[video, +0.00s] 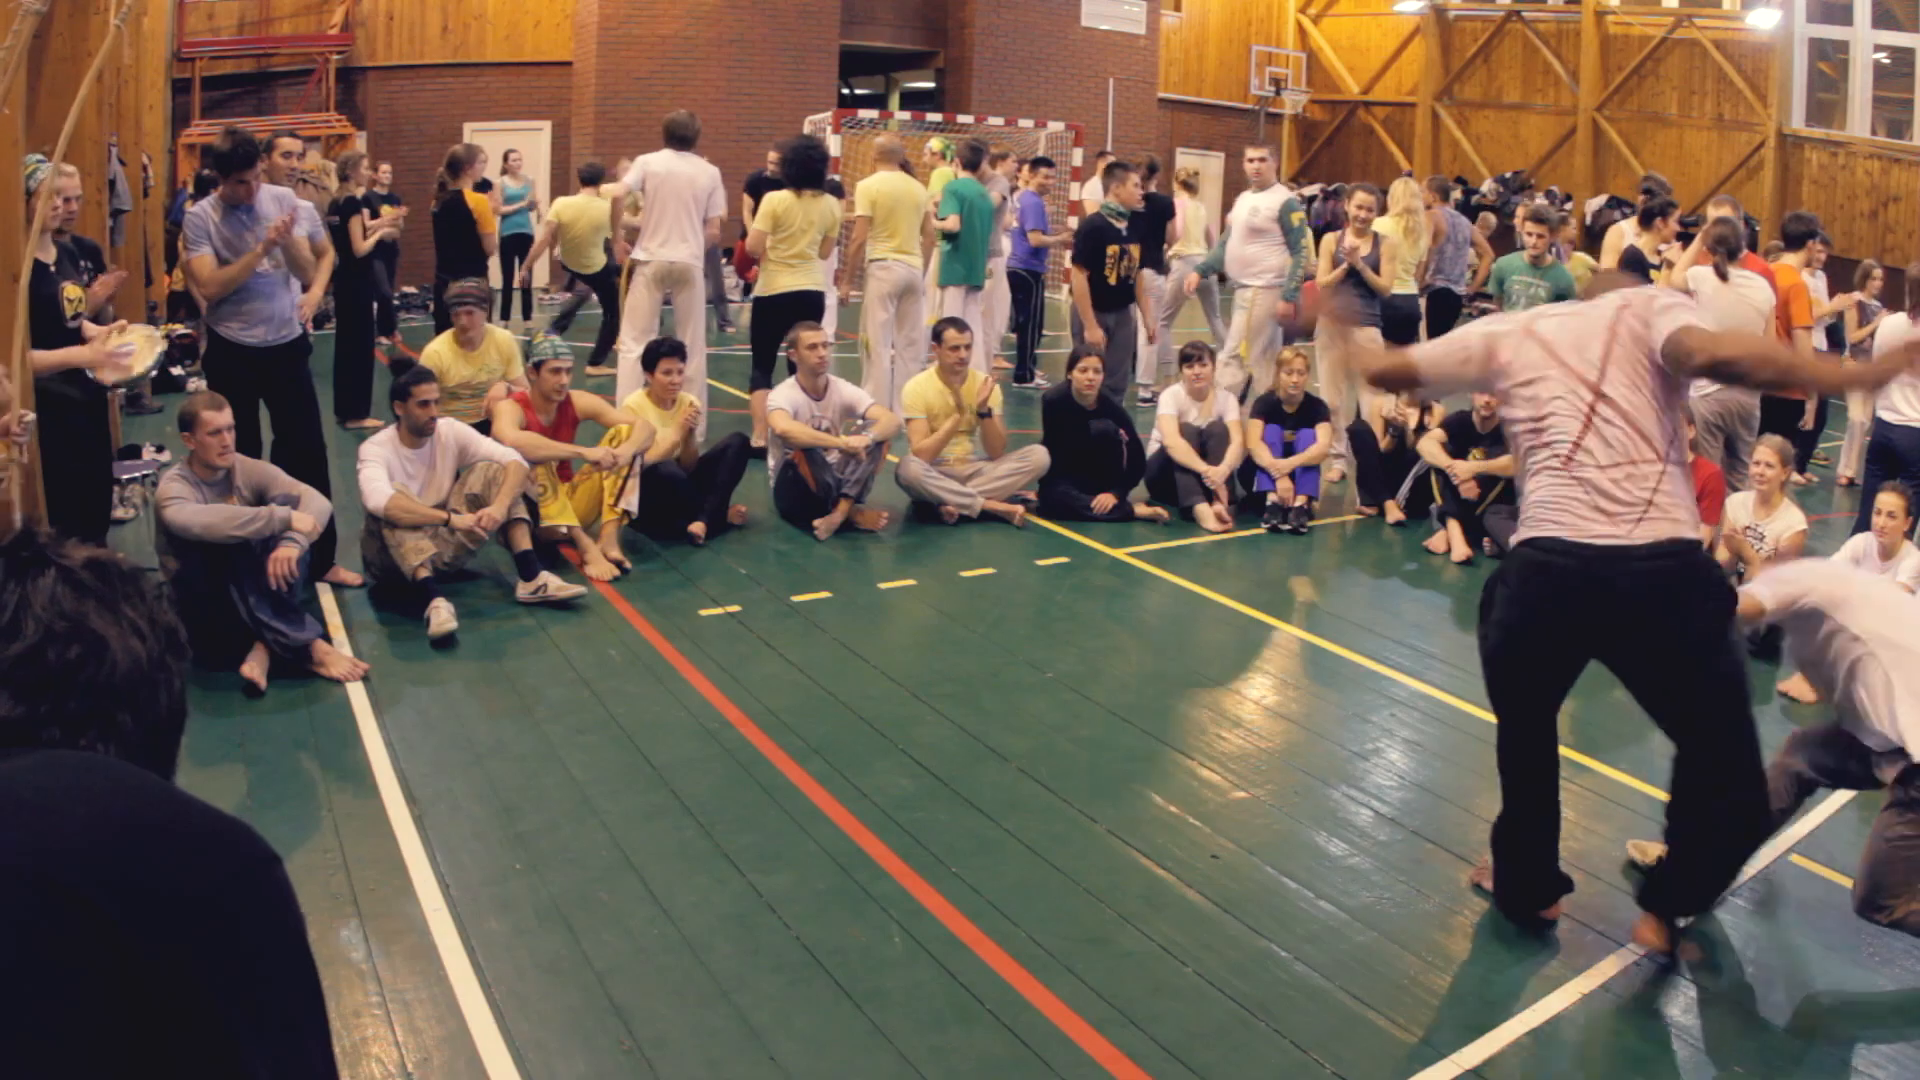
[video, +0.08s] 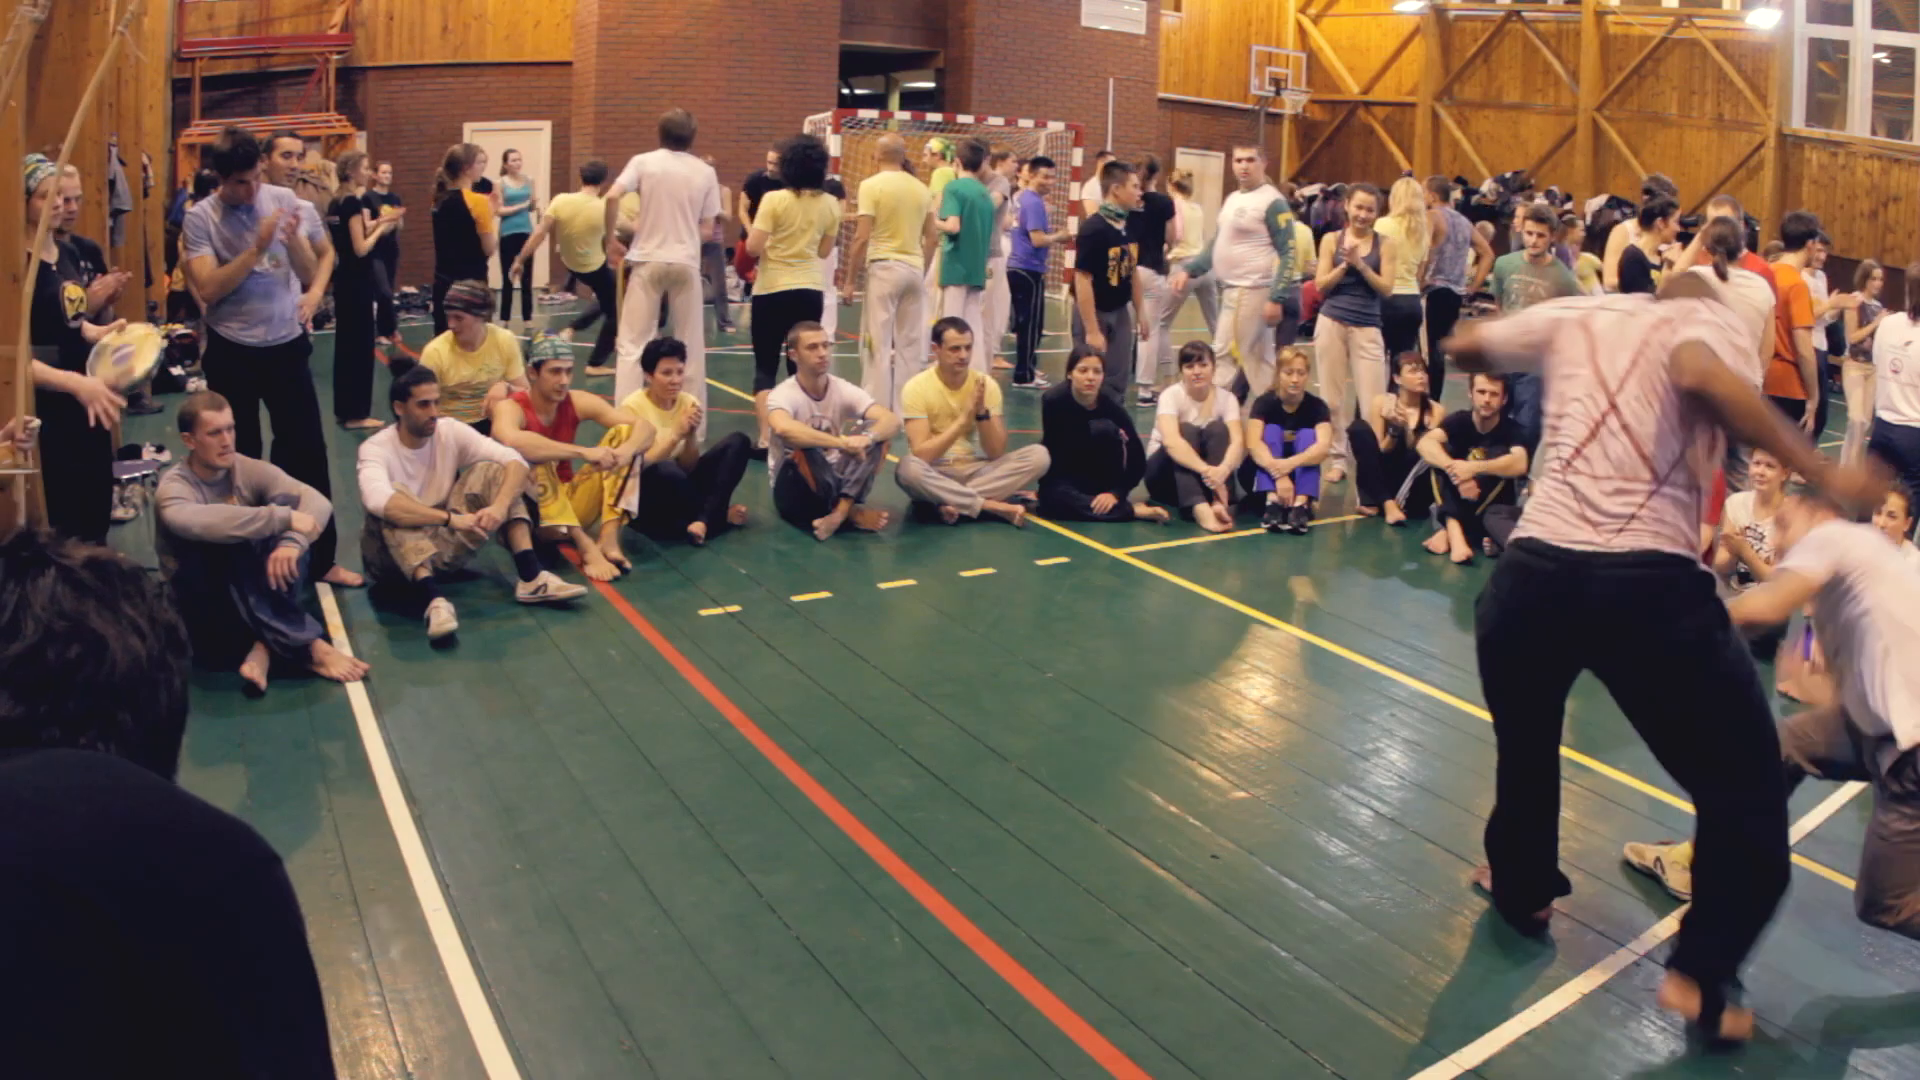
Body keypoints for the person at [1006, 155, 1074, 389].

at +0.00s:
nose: (1050, 181)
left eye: (1051, 177)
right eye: (1045, 176)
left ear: (1050, 178)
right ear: (1033, 176)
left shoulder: (1031, 198)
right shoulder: (1031, 200)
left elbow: (1037, 234)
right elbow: (1035, 238)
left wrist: (1059, 236)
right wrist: (1060, 240)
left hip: (1030, 267)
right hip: (1026, 268)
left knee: (1032, 322)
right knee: (1029, 323)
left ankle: (1028, 368)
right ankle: (1024, 373)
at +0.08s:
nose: (1049, 181)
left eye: (1051, 177)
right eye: (1045, 176)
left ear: (1051, 178)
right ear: (1033, 176)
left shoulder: (1029, 198)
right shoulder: (1032, 201)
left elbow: (1035, 235)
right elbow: (1037, 238)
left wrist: (1058, 236)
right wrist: (1061, 236)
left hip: (1028, 267)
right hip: (1026, 268)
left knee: (1031, 323)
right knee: (1030, 324)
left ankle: (1028, 367)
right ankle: (1024, 373)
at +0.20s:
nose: (1050, 181)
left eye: (1052, 177)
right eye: (1046, 176)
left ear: (1050, 178)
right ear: (1033, 175)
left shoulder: (1034, 198)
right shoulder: (1031, 200)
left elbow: (1037, 234)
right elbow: (1035, 239)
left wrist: (1060, 236)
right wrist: (1060, 242)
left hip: (1031, 267)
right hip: (1026, 268)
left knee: (1032, 322)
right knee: (1029, 323)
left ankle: (1028, 368)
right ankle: (1024, 373)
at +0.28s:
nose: (1050, 180)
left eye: (1052, 176)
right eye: (1046, 175)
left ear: (1049, 177)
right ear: (1033, 175)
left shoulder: (1035, 199)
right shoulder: (1031, 200)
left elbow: (1038, 235)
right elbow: (1035, 238)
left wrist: (1060, 237)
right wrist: (1060, 240)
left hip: (1033, 268)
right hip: (1026, 268)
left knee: (1033, 323)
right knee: (1029, 324)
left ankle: (1028, 369)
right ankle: (1024, 373)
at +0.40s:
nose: (1050, 181)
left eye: (1052, 176)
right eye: (1046, 176)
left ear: (1051, 178)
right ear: (1033, 175)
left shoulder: (1035, 199)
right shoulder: (1031, 200)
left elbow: (1037, 235)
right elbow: (1034, 238)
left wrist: (1059, 237)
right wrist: (1060, 237)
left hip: (1033, 267)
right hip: (1026, 268)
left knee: (1032, 324)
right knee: (1029, 324)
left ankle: (1027, 370)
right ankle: (1024, 373)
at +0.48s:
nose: (1049, 181)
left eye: (1052, 177)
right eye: (1045, 176)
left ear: (1053, 178)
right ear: (1033, 175)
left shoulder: (1038, 200)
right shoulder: (1031, 201)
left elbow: (1039, 234)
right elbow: (1031, 239)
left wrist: (1060, 233)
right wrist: (1060, 242)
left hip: (1034, 268)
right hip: (1026, 268)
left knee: (1032, 323)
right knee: (1028, 323)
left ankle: (1030, 368)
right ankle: (1024, 374)